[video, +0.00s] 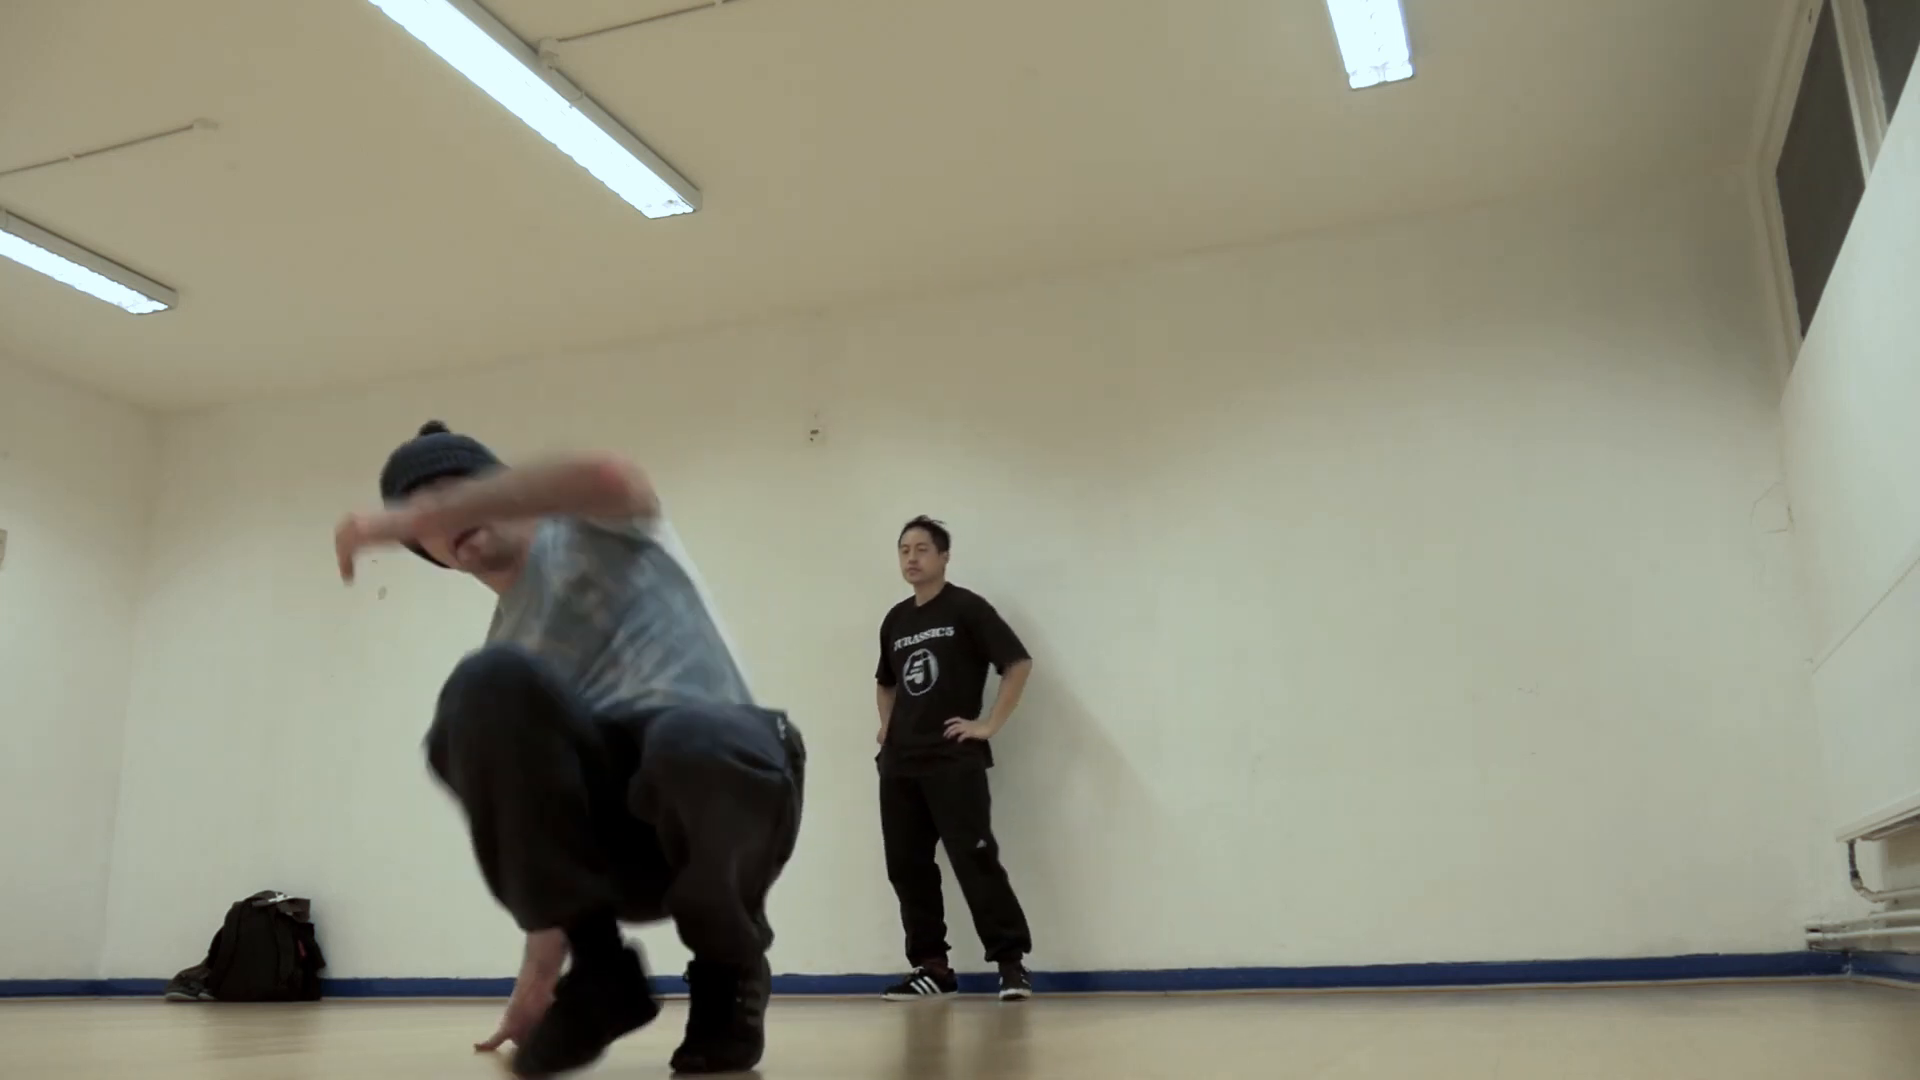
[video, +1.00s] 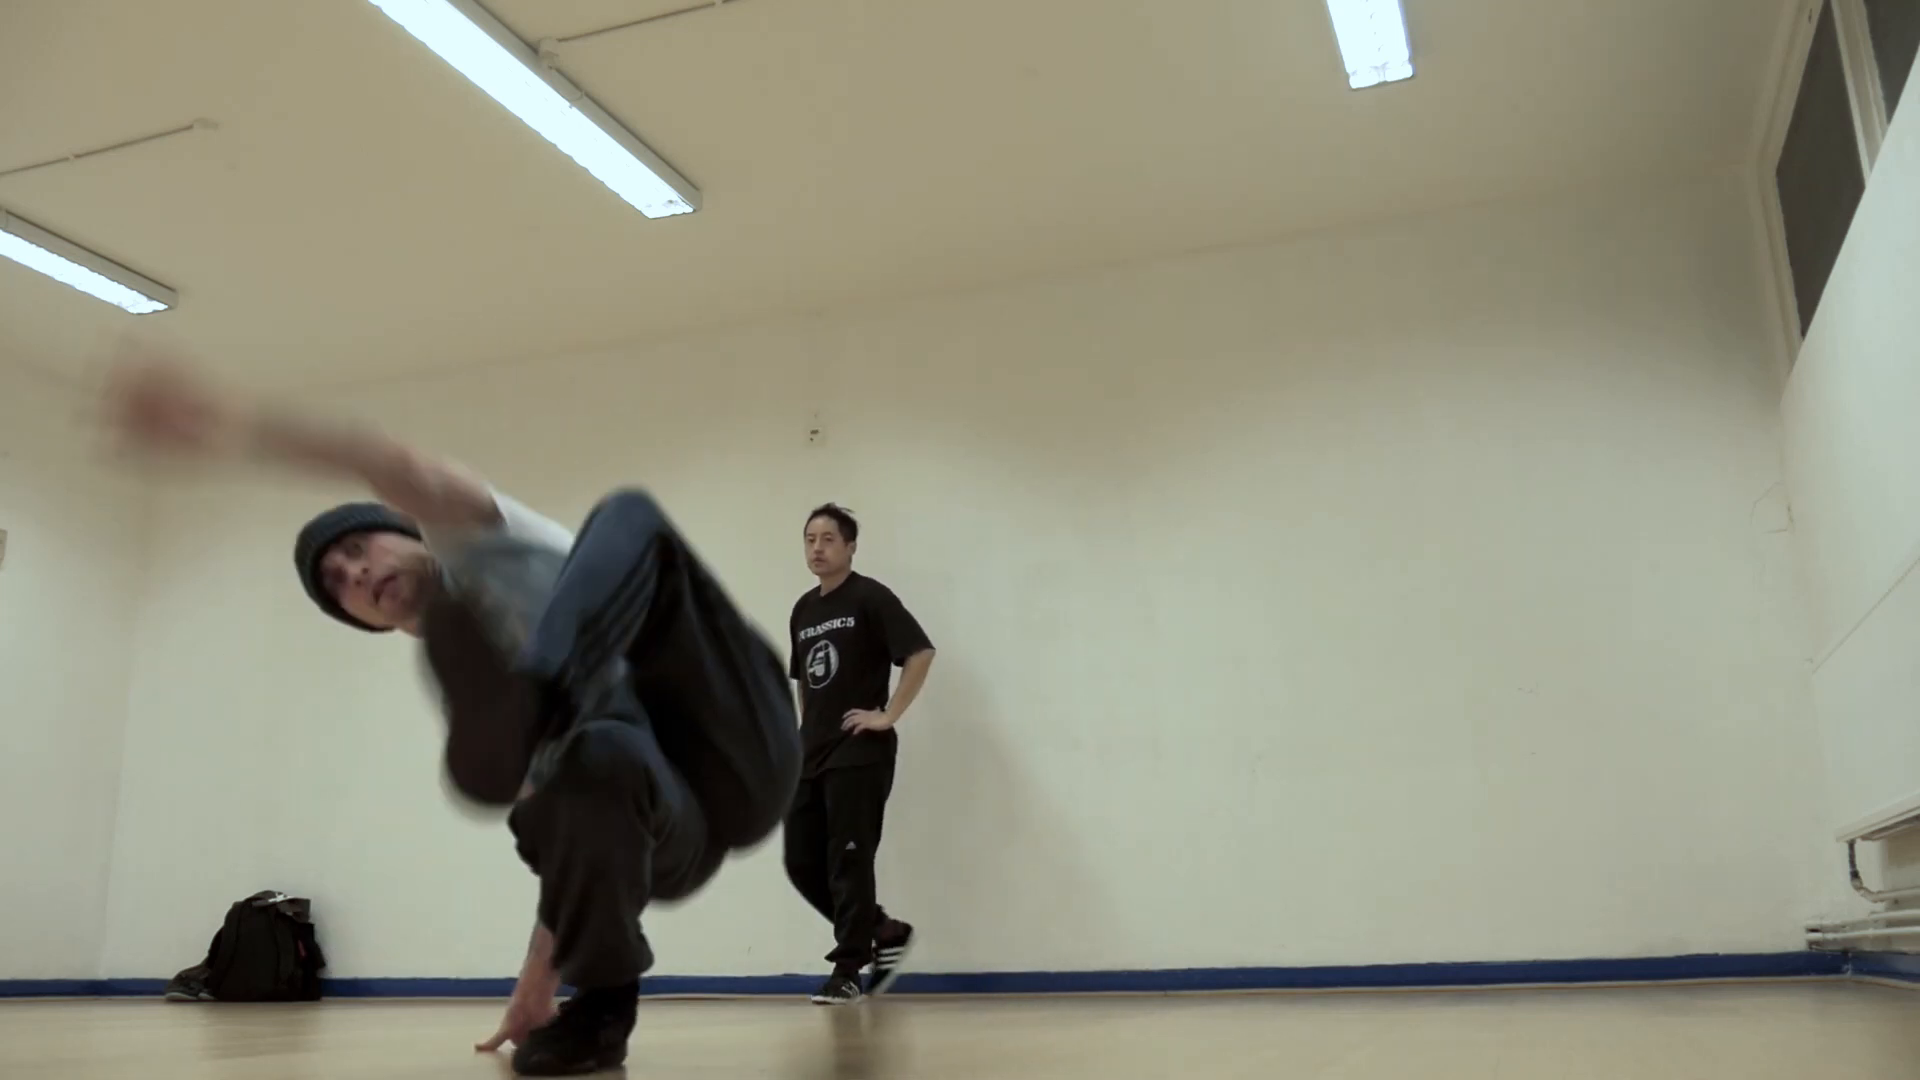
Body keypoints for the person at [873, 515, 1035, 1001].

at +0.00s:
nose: (911, 557)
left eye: (921, 549)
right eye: (905, 550)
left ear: (943, 557)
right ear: (899, 560)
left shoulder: (968, 609)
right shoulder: (896, 621)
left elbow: (1018, 664)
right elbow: (887, 681)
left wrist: (990, 724)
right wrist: (886, 723)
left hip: (955, 758)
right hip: (900, 762)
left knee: (974, 859)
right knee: (908, 868)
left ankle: (1011, 966)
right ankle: (932, 969)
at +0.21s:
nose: (888, 559)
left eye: (898, 550)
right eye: (881, 552)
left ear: (919, 557)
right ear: (875, 561)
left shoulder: (945, 606)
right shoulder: (874, 623)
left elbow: (1000, 657)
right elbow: (870, 686)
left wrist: (976, 719)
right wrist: (872, 729)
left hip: (938, 750)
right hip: (888, 758)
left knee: (935, 852)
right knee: (898, 866)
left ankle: (959, 966)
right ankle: (929, 969)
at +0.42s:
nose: (869, 560)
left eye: (878, 551)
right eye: (861, 553)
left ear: (899, 558)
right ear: (855, 564)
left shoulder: (930, 605)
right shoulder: (853, 626)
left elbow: (986, 654)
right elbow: (847, 688)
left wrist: (965, 719)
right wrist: (860, 733)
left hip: (927, 750)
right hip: (877, 758)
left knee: (903, 854)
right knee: (897, 863)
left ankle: (901, 971)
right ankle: (934, 968)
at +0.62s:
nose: (853, 557)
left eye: (863, 549)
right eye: (846, 550)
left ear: (885, 556)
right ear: (840, 560)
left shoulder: (913, 607)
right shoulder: (836, 623)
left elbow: (966, 660)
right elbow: (834, 690)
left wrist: (939, 722)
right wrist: (844, 738)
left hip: (907, 751)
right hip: (858, 755)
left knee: (883, 856)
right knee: (888, 858)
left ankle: (857, 969)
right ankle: (933, 967)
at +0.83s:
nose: (834, 550)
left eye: (844, 542)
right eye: (827, 542)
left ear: (866, 550)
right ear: (821, 552)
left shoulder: (889, 601)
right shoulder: (818, 615)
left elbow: (940, 657)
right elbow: (814, 682)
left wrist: (909, 717)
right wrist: (823, 730)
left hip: (879, 745)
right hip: (832, 749)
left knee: (860, 854)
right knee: (858, 859)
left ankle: (847, 971)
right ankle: (924, 957)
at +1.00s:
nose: (817, 547)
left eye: (828, 539)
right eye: (810, 539)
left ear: (850, 546)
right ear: (804, 547)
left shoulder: (871, 598)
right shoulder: (803, 610)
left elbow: (921, 653)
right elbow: (803, 682)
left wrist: (890, 715)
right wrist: (807, 731)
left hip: (860, 746)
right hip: (814, 750)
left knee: (849, 856)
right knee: (802, 863)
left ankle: (849, 970)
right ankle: (887, 934)